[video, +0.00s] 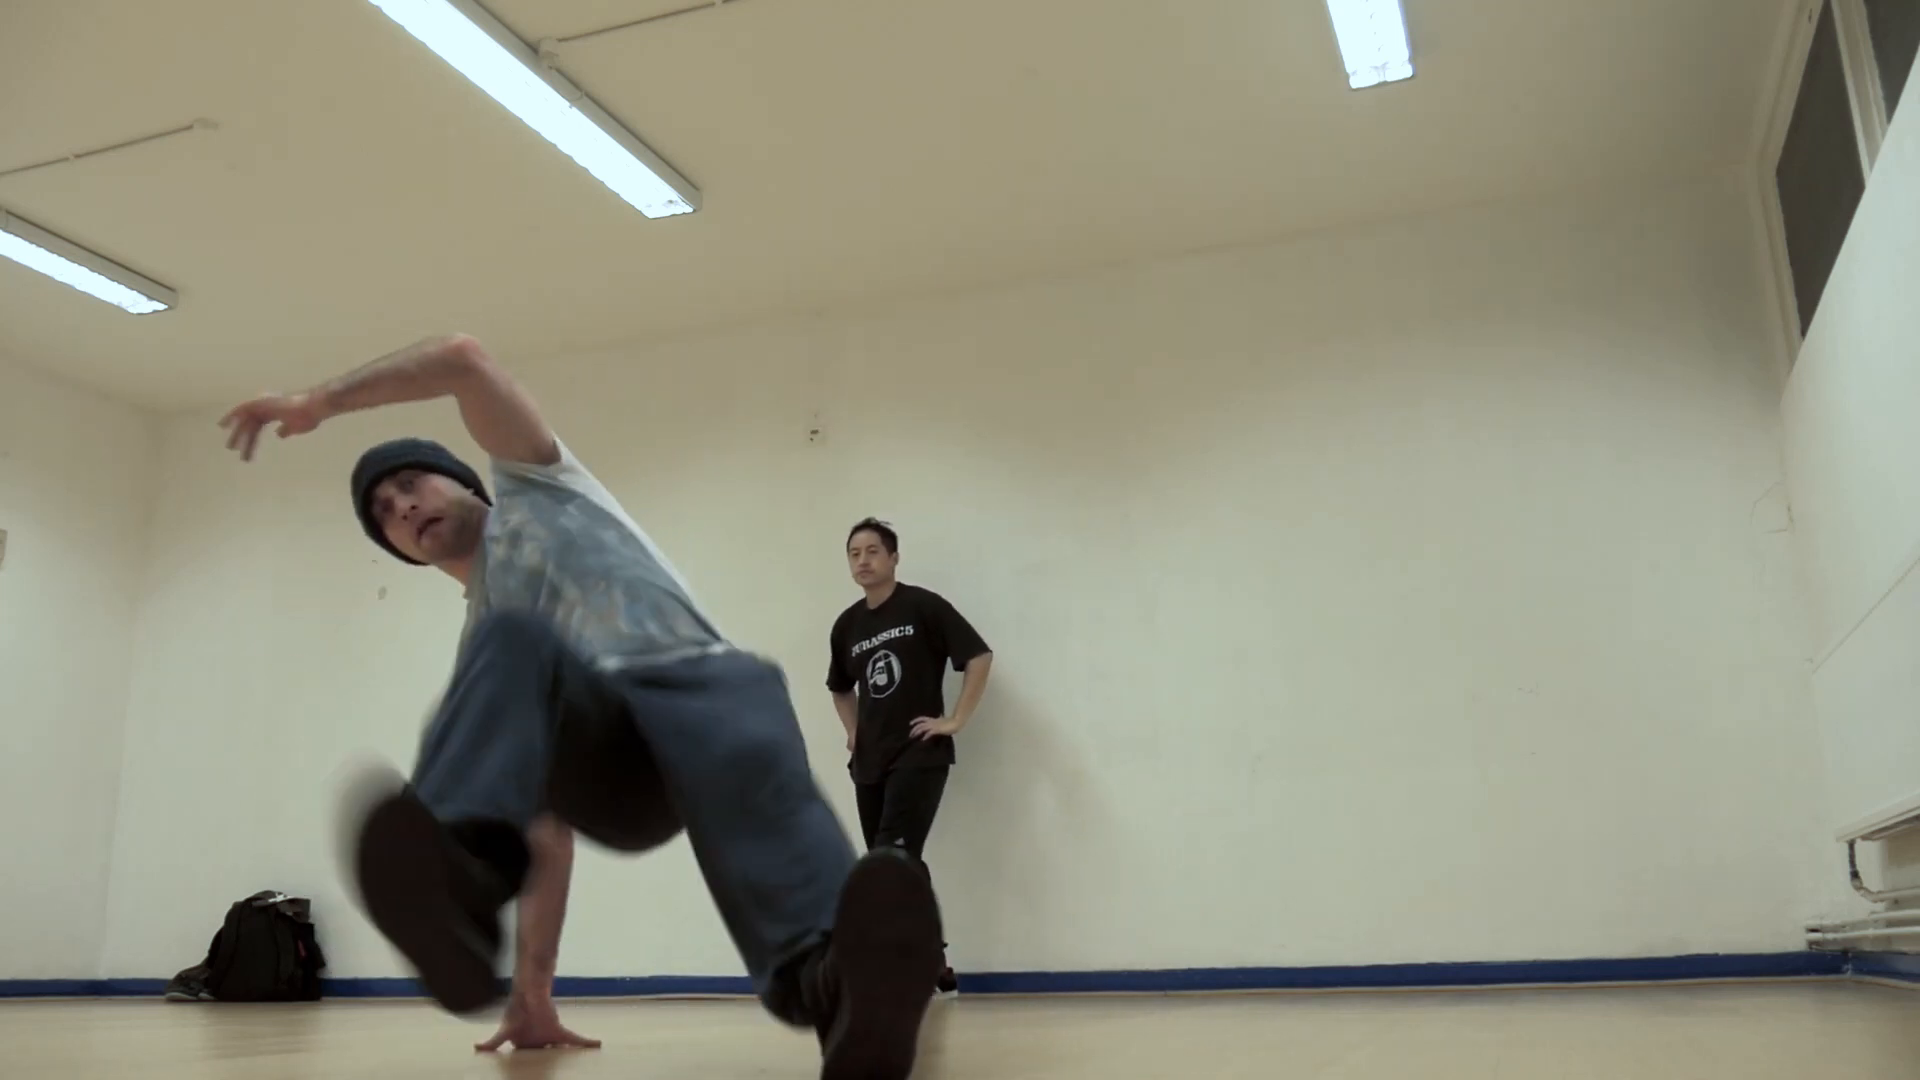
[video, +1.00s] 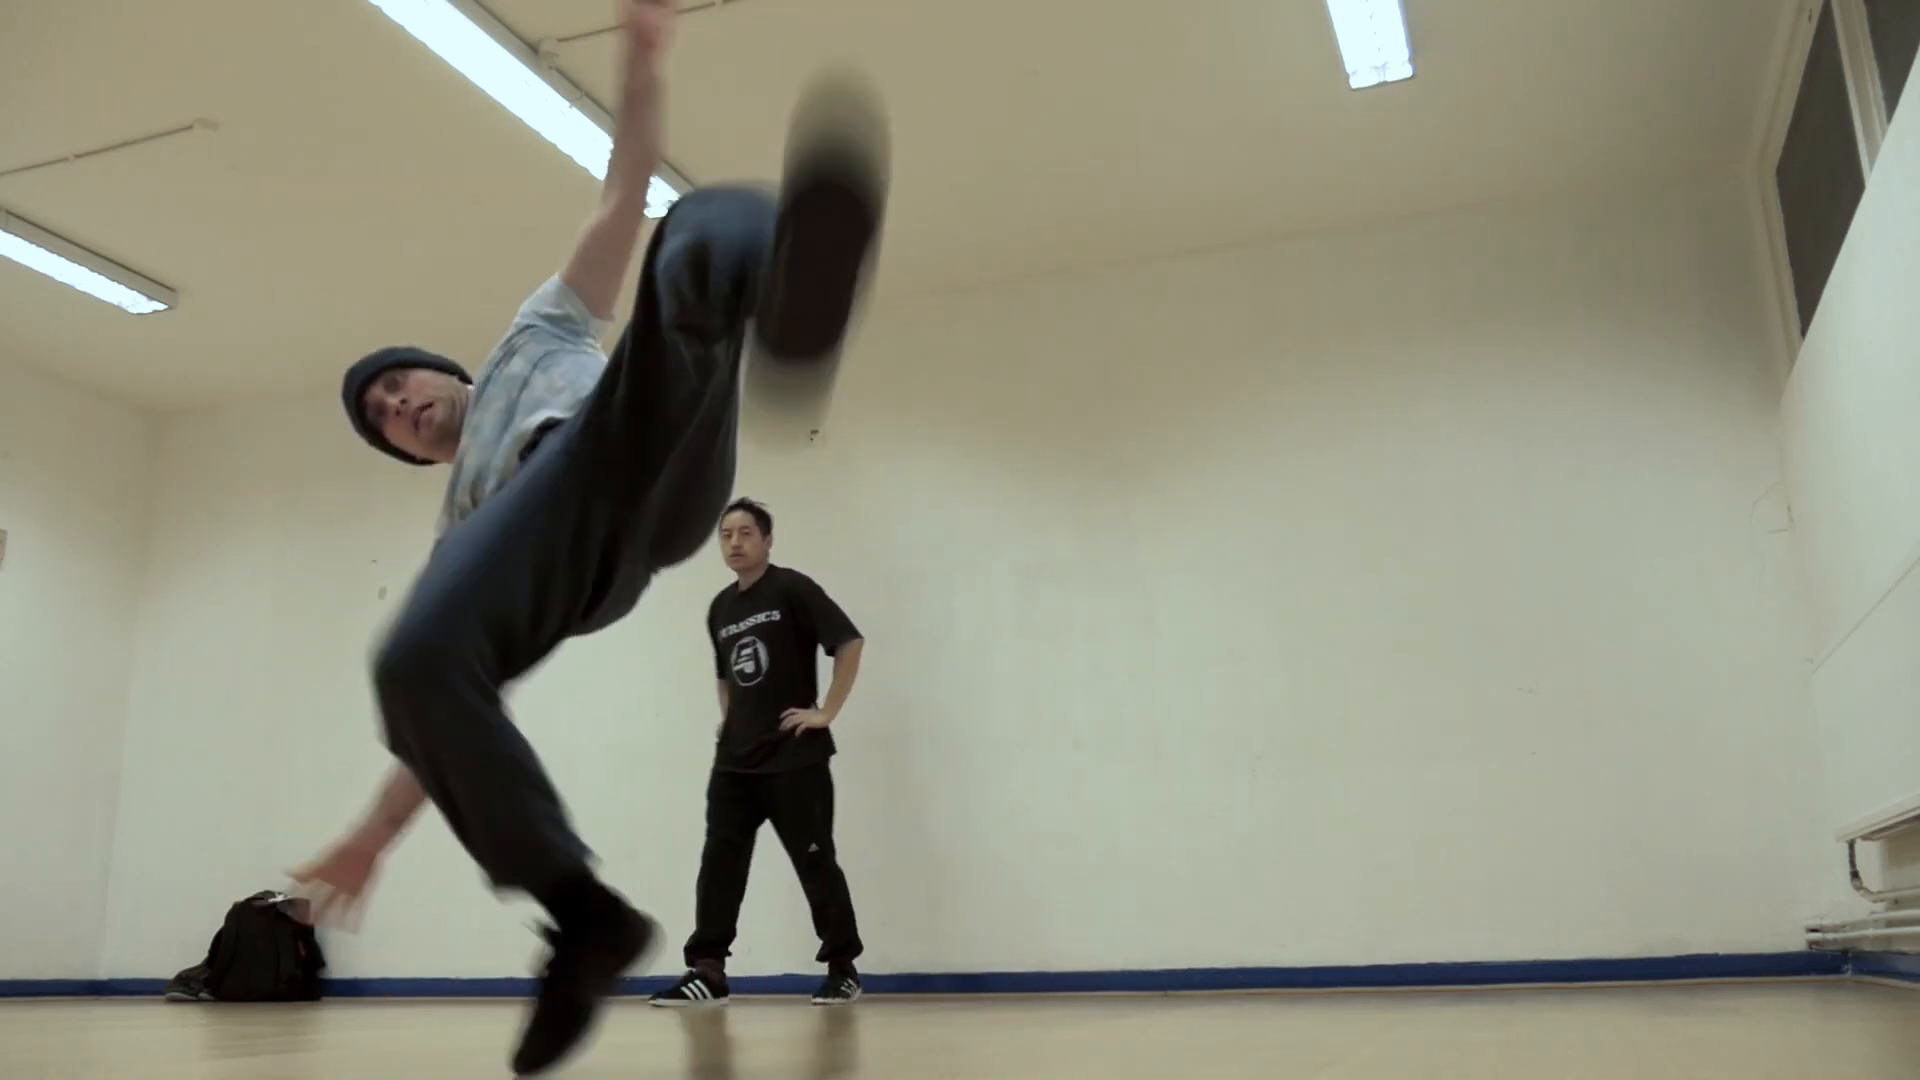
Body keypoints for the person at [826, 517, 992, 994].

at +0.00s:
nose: (863, 560)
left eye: (872, 551)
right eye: (855, 553)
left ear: (893, 557)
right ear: (848, 563)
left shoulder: (924, 606)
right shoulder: (847, 626)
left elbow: (979, 657)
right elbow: (841, 687)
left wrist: (955, 722)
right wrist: (854, 734)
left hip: (920, 750)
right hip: (870, 758)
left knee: (897, 855)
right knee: (884, 861)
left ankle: (923, 966)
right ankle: (930, 964)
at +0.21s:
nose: (846, 554)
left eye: (857, 546)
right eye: (840, 547)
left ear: (878, 554)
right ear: (833, 557)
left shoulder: (903, 605)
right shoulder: (829, 620)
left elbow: (956, 659)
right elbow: (827, 685)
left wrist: (927, 720)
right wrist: (834, 728)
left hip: (895, 748)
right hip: (847, 754)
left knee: (874, 854)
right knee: (880, 858)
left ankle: (851, 970)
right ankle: (932, 965)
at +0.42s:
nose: (826, 548)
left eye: (837, 540)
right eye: (819, 540)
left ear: (858, 548)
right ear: (813, 549)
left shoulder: (880, 599)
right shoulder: (810, 612)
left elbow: (930, 655)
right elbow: (807, 680)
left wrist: (899, 715)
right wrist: (816, 727)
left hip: (869, 746)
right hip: (822, 749)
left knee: (854, 859)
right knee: (828, 867)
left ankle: (847, 972)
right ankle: (907, 946)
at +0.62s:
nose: (803, 544)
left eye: (813, 536)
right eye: (796, 537)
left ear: (835, 542)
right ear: (790, 545)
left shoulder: (856, 592)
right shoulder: (790, 603)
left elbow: (906, 648)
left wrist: (878, 712)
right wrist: (801, 713)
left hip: (847, 744)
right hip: (799, 745)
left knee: (843, 855)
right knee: (771, 851)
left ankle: (845, 972)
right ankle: (829, 940)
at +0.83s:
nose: (768, 544)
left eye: (779, 535)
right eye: (761, 536)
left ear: (801, 542)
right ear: (754, 546)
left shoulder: (824, 589)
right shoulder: (758, 607)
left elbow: (879, 644)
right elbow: (774, 673)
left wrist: (855, 711)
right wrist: (774, 723)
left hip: (825, 748)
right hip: (772, 751)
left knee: (834, 857)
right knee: (745, 853)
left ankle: (845, 972)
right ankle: (717, 965)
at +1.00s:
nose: (735, 542)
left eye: (745, 533)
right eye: (728, 534)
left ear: (767, 540)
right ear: (719, 544)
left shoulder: (793, 588)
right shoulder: (720, 609)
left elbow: (849, 643)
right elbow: (725, 676)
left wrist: (827, 712)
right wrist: (729, 724)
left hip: (794, 753)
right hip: (737, 755)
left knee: (814, 859)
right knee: (721, 860)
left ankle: (841, 969)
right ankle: (708, 973)